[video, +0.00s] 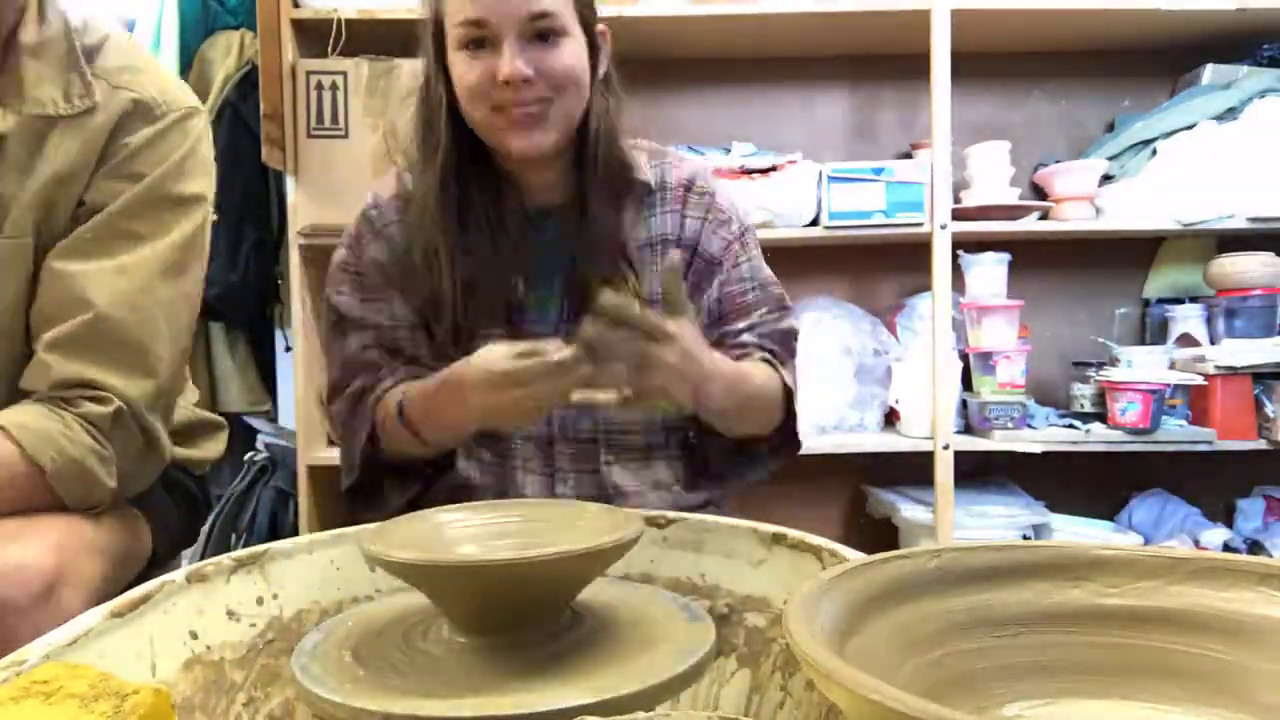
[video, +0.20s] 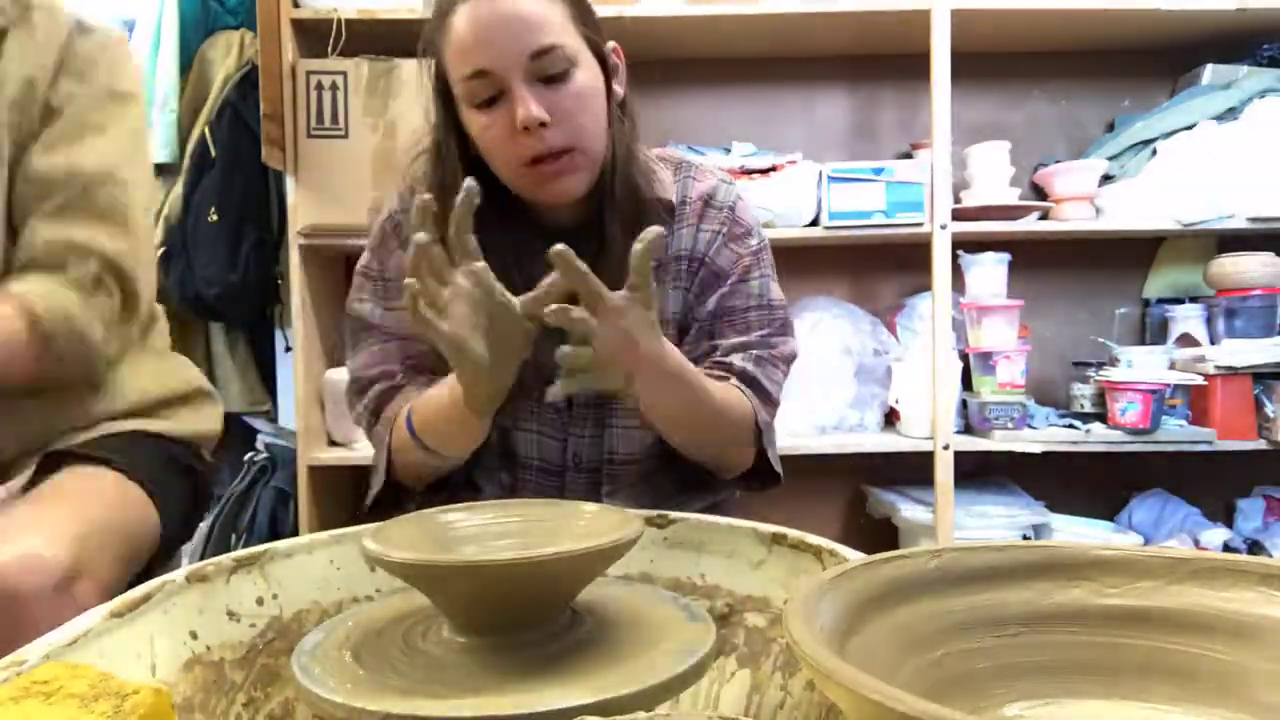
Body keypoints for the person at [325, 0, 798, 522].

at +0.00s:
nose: (513, 70)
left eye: (543, 36)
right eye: (477, 43)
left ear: (596, 48)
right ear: (443, 67)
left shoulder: (684, 203)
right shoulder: (394, 229)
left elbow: (773, 399)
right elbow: (364, 424)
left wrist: (708, 381)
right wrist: (462, 400)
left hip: (667, 550)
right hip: (474, 562)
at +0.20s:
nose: (530, 116)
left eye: (553, 75)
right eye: (488, 98)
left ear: (612, 72)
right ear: (460, 123)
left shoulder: (708, 216)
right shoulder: (417, 232)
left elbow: (738, 450)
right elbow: (402, 456)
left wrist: (649, 365)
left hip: (669, 563)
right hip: (481, 570)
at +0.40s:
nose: (532, 138)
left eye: (570, 91)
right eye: (491, 100)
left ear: (638, 79)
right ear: (453, 105)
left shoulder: (721, 232)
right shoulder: (395, 225)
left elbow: (777, 449)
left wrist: (767, 482)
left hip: (657, 591)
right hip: (447, 593)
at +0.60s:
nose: (522, 112)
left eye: (556, 76)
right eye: (490, 81)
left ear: (618, 73)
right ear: (462, 87)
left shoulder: (690, 208)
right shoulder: (409, 207)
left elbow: (724, 419)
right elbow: (351, 403)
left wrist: (593, 357)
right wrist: (436, 334)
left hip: (650, 558)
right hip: (461, 559)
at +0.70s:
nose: (386, 102)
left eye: (419, 56)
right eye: (346, 73)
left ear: (500, 55)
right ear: (320, 94)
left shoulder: (595, 159)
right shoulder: (319, 248)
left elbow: (708, 279)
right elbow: (314, 428)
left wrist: (627, 384)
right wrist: (273, 479)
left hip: (642, 573)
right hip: (435, 590)